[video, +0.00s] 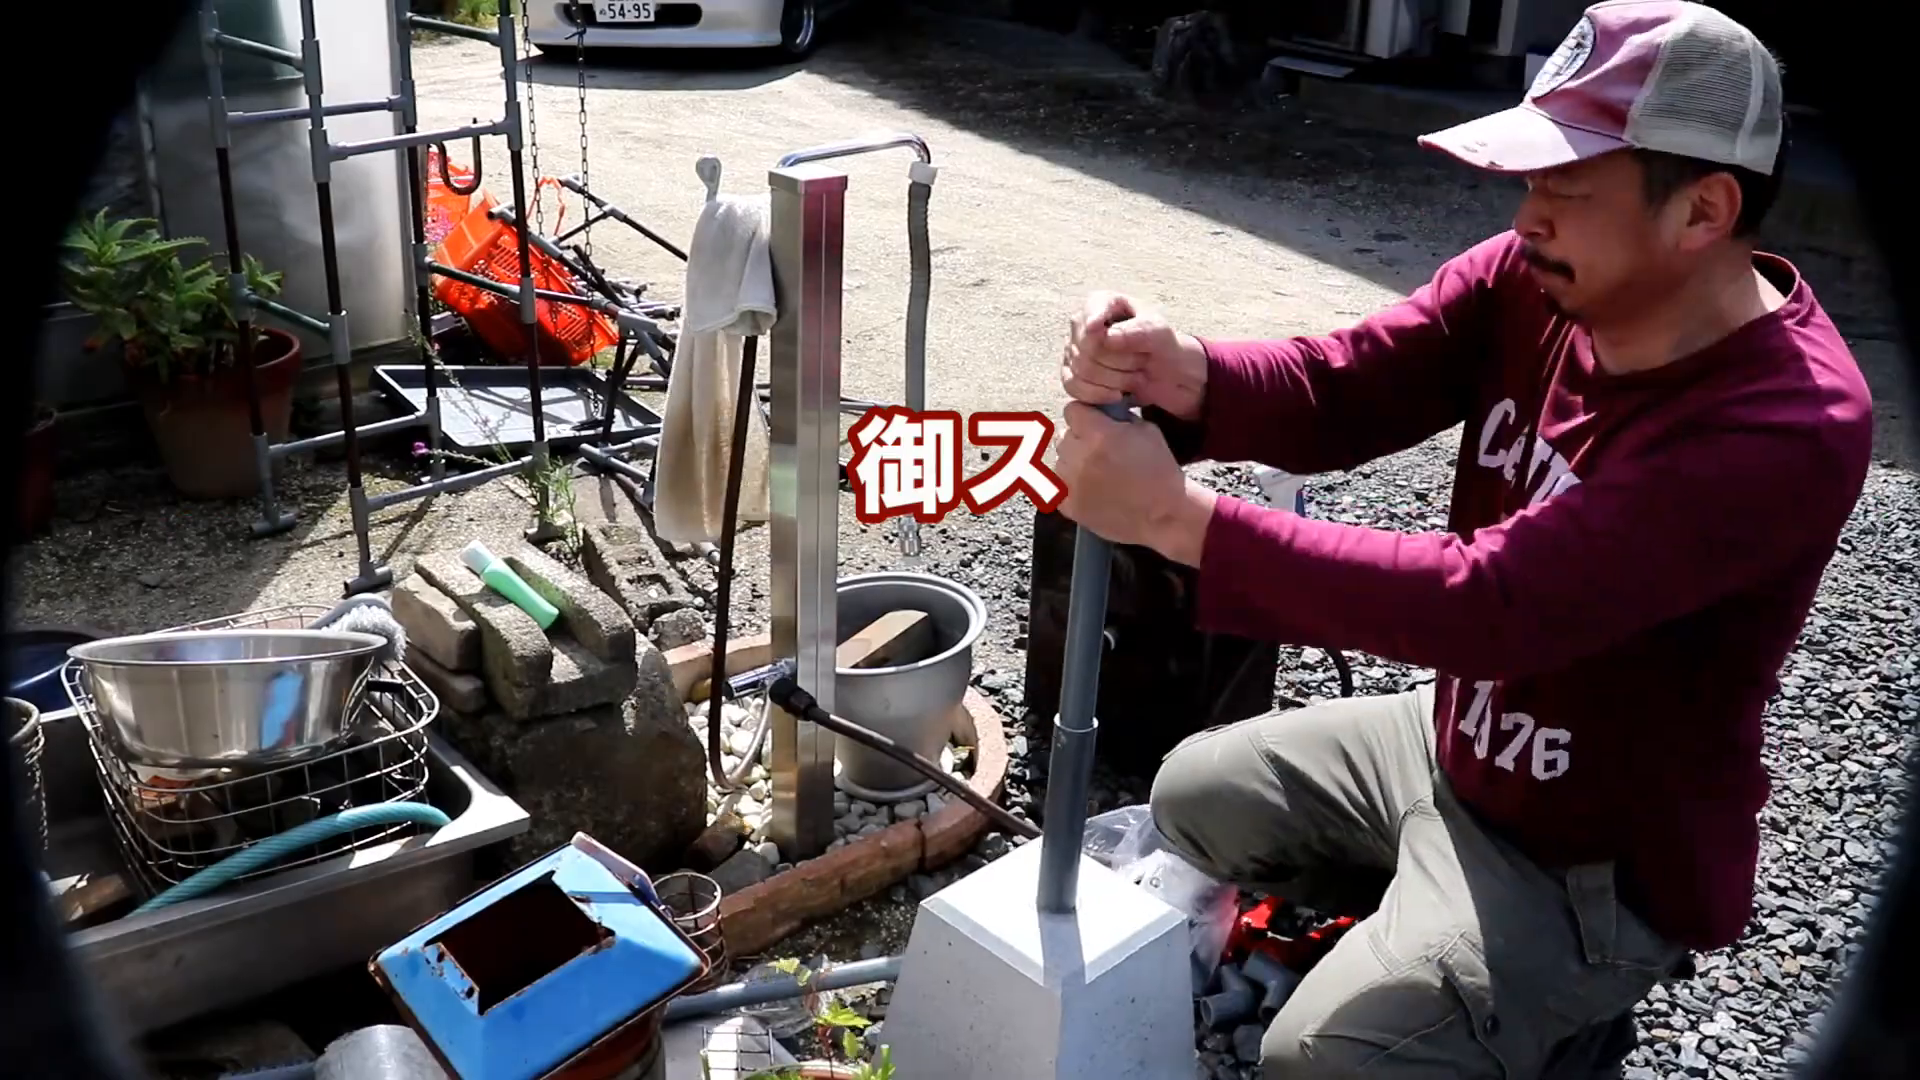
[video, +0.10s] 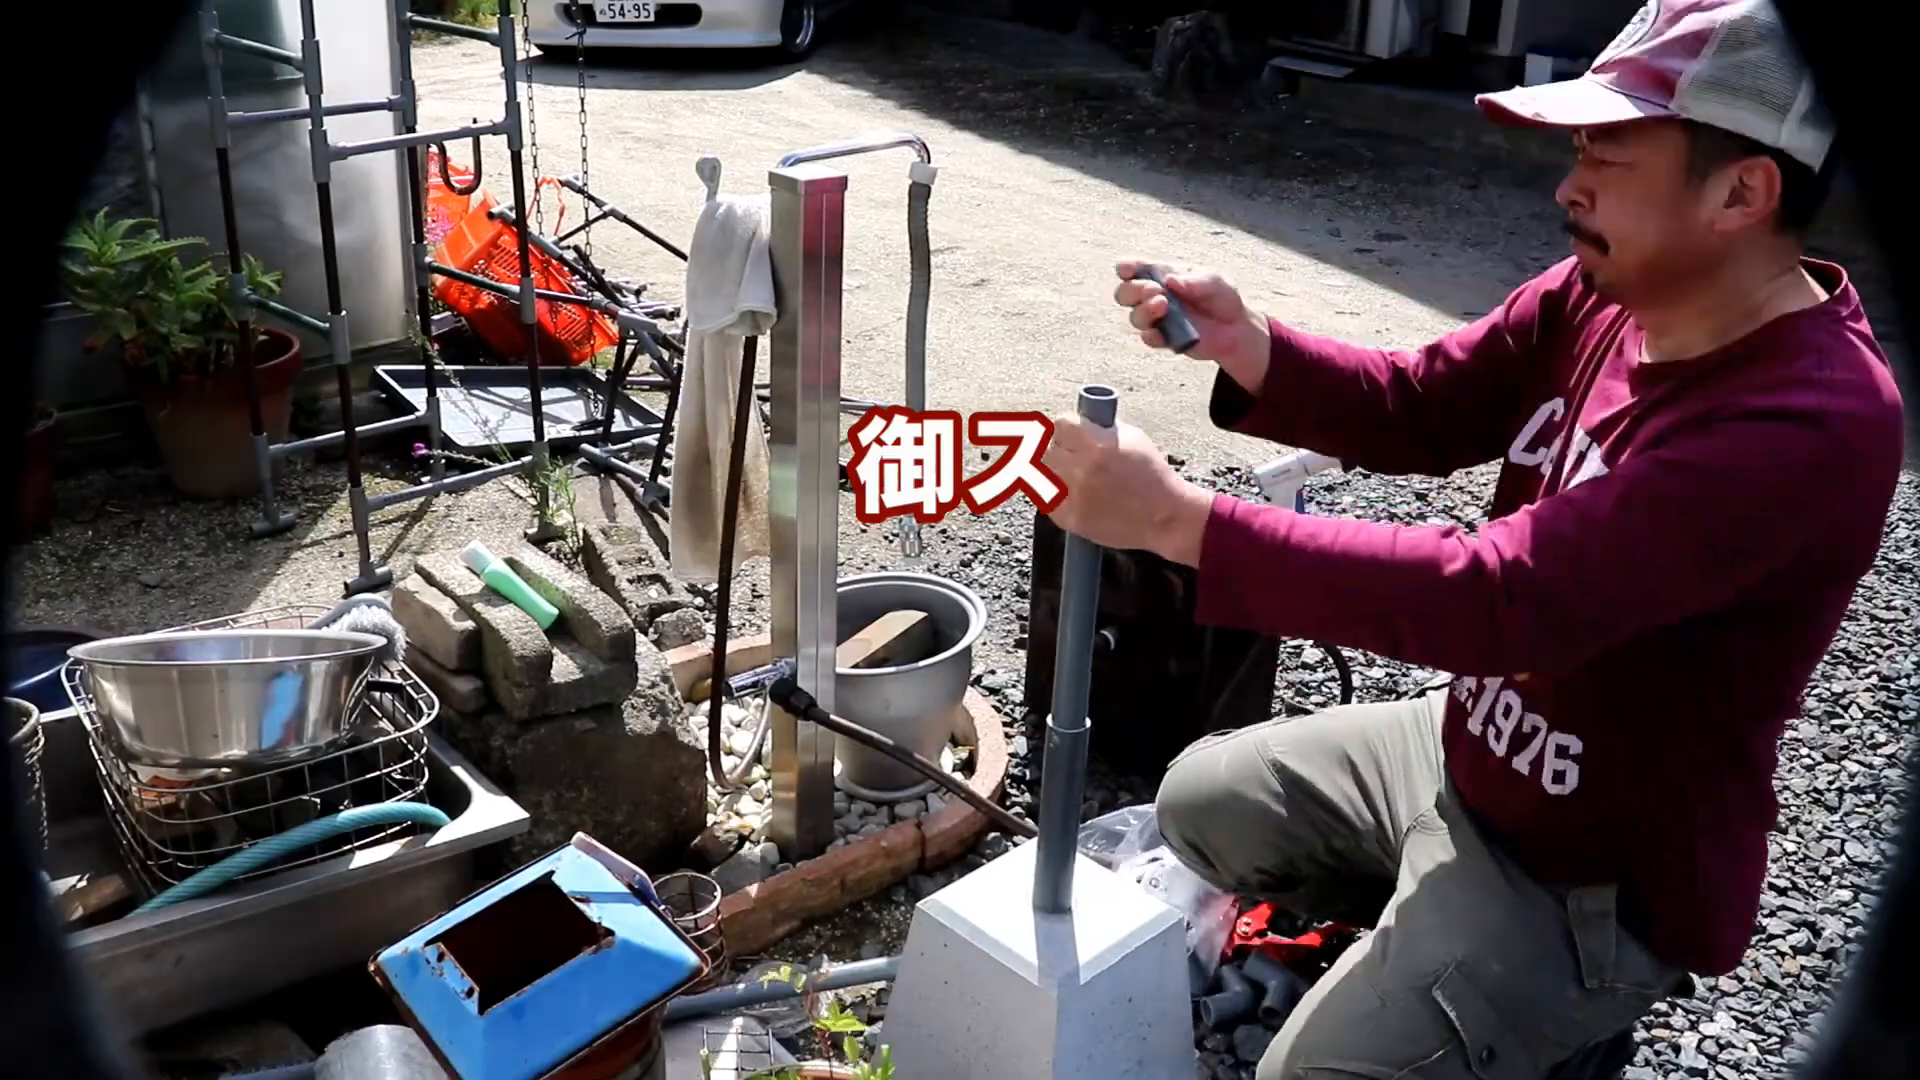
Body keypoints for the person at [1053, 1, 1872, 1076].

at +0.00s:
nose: (1529, 212)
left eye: (1569, 187)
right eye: (1532, 178)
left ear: (1707, 210)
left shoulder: (1791, 422)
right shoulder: (1538, 275)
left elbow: (1486, 605)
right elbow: (1344, 387)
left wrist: (1177, 519)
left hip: (1574, 862)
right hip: (1453, 732)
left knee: (1315, 1055)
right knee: (1200, 794)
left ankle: (1572, 1026)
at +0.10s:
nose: (1568, 184)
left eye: (1608, 151)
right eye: (1578, 148)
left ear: (1744, 194)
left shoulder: (1814, 424)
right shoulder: (1603, 295)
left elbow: (1502, 600)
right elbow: (1418, 408)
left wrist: (1176, 521)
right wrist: (1253, 351)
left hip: (1572, 880)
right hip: (1462, 736)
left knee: (1308, 1068)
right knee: (1203, 799)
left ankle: (1565, 1024)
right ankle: (1412, 900)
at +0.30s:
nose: (1425, 290)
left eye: (1446, 257)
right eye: (1413, 260)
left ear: (1567, 212)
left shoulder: (1734, 392)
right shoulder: (1482, 332)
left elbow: (1788, 698)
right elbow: (1432, 534)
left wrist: (1501, 765)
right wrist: (1395, 685)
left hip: (1632, 833)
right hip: (1467, 746)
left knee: (1424, 1021)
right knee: (1205, 801)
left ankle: (1600, 1007)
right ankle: (1451, 881)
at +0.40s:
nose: (1473, 408)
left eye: (1496, 384)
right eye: (1461, 379)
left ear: (1616, 337)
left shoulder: (1760, 477)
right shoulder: (1488, 361)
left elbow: (1672, 785)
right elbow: (1391, 460)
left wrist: (1413, 836)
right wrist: (1356, 611)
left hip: (1664, 809)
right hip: (1474, 732)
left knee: (1534, 945)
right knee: (1204, 797)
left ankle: (1572, 1061)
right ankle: (1441, 909)